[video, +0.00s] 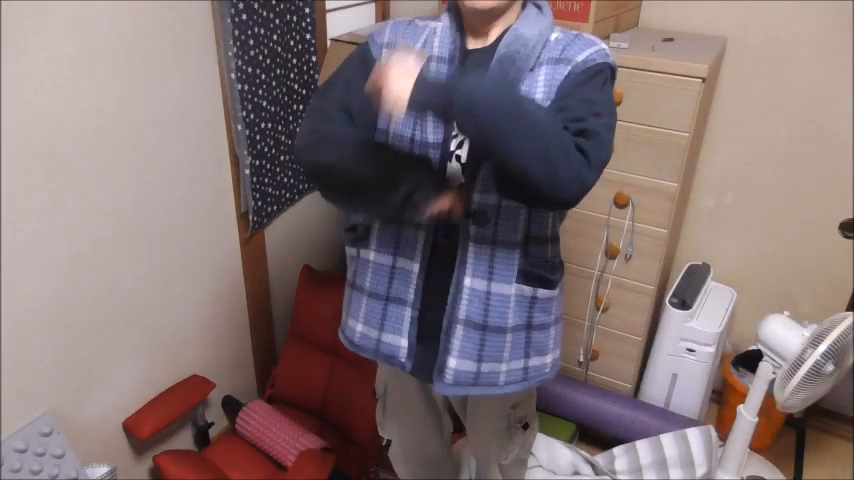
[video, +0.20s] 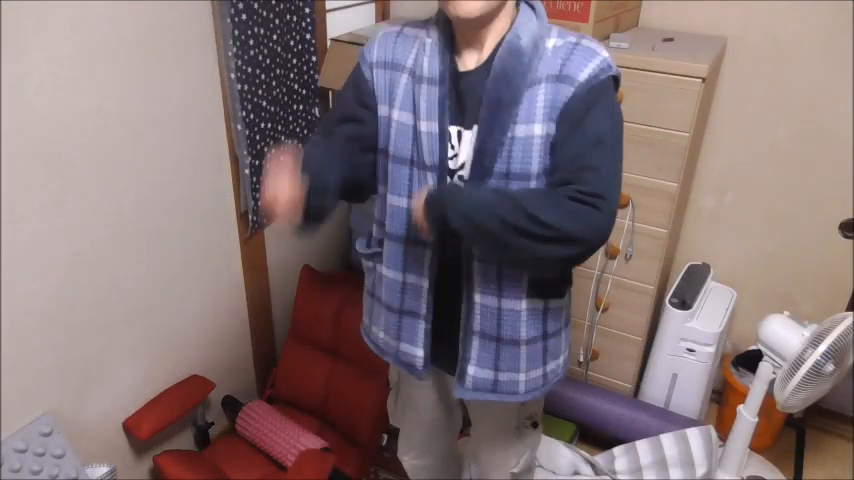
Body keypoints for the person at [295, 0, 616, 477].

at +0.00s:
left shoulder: (578, 60)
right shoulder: (393, 42)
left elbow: (565, 176)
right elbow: (319, 144)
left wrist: (435, 91)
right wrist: (418, 191)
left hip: (502, 329)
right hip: (399, 317)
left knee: (498, 464)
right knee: (413, 462)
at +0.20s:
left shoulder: (576, 72)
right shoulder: (390, 54)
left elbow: (583, 217)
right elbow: (346, 148)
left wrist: (448, 209)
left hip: (511, 336)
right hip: (411, 324)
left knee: (500, 469)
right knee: (421, 463)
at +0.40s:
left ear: (534, 0)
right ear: (445, 1)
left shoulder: (595, 96)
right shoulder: (401, 77)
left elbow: (586, 243)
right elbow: (343, 186)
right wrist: (406, 258)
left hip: (532, 348)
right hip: (431, 334)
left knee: (512, 468)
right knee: (418, 464)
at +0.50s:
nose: (470, 4)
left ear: (537, 3)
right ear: (448, 6)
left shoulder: (596, 105)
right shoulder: (406, 77)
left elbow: (599, 254)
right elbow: (333, 164)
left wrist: (477, 300)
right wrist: (389, 197)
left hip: (534, 356)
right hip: (432, 342)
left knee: (519, 471)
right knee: (410, 464)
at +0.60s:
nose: (466, 0)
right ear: (446, 2)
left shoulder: (605, 98)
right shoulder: (408, 67)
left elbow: (632, 241)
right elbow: (316, 110)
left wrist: (515, 275)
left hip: (532, 351)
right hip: (427, 335)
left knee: (525, 469)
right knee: (403, 461)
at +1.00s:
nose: (413, 49)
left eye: (442, 30)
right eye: (398, 25)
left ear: (491, 51)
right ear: (384, 38)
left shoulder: (542, 180)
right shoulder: (382, 122)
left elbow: (574, 277)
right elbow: (354, 157)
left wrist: (500, 334)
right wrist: (260, 130)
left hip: (469, 380)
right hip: (384, 361)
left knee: (468, 472)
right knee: (371, 452)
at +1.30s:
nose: (397, 13)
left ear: (476, 5)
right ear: (372, 10)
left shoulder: (556, 104)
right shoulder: (383, 113)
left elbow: (603, 214)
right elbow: (379, 201)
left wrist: (559, 306)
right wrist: (317, 160)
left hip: (528, 337)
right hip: (428, 332)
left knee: (520, 470)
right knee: (397, 461)